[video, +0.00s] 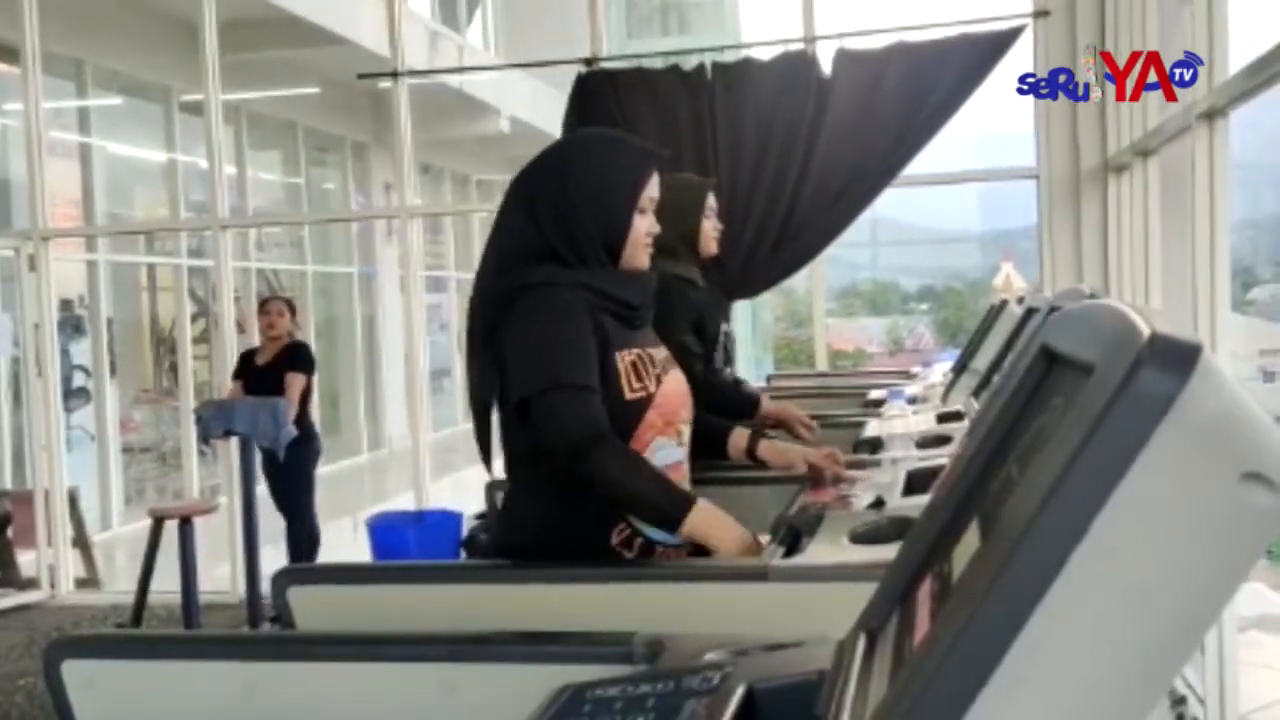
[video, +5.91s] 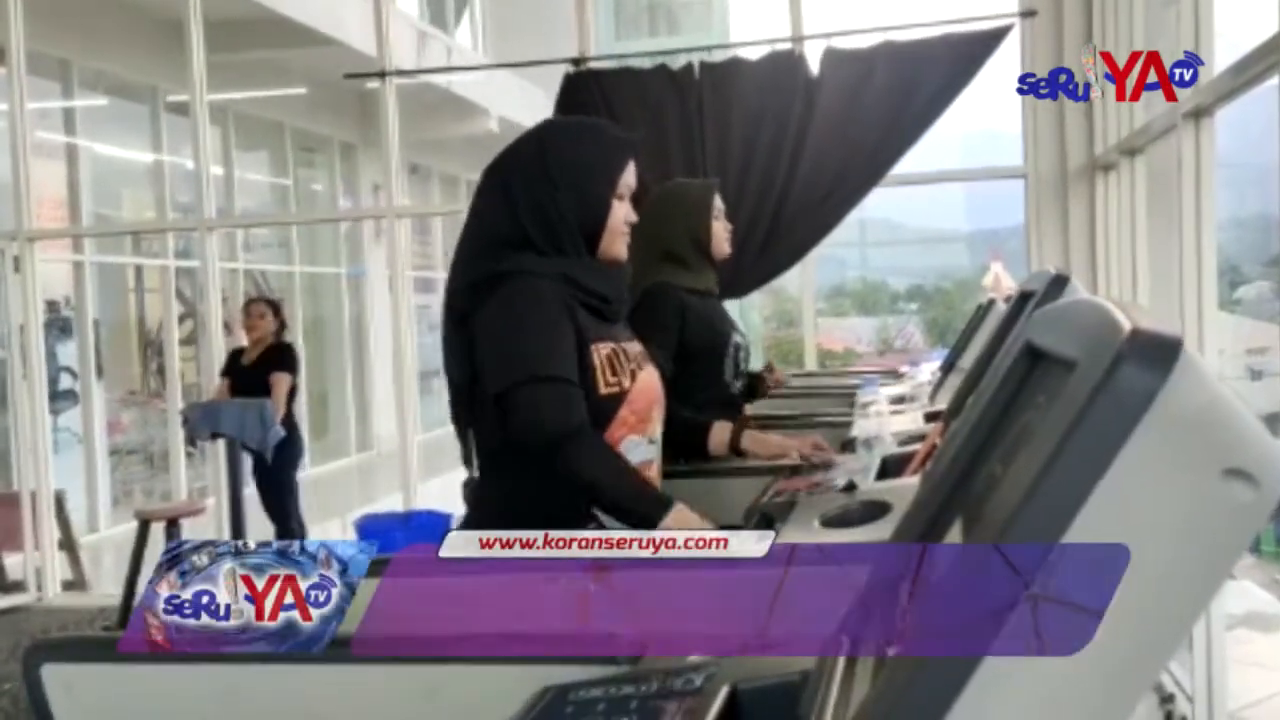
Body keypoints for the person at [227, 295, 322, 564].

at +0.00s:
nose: (272, 319)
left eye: (279, 314)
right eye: (266, 314)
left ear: (291, 321)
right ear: (259, 320)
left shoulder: (298, 351)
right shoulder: (248, 358)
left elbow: (293, 395)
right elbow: (235, 396)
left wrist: (282, 428)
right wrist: (218, 420)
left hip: (299, 436)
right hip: (267, 439)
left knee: (300, 509)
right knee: (289, 510)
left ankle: (302, 572)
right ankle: (299, 571)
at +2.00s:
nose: (264, 318)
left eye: (270, 312)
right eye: (257, 314)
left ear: (282, 317)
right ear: (248, 321)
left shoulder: (298, 350)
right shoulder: (239, 350)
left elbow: (291, 389)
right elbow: (229, 393)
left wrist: (273, 418)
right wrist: (242, 417)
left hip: (293, 431)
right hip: (254, 431)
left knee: (288, 506)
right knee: (262, 504)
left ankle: (292, 568)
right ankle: (269, 567)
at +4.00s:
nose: (245, 327)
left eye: (251, 321)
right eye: (242, 322)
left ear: (271, 324)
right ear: (238, 327)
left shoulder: (291, 361)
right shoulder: (230, 362)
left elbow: (283, 403)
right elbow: (218, 404)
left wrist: (263, 432)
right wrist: (210, 429)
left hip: (286, 444)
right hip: (247, 445)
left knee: (286, 513)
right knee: (257, 517)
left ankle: (293, 574)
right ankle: (261, 577)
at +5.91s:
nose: (253, 322)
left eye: (261, 316)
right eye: (249, 316)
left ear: (276, 322)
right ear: (243, 322)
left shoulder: (282, 352)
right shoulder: (237, 356)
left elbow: (280, 392)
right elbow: (223, 393)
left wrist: (271, 426)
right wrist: (207, 417)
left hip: (281, 429)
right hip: (253, 432)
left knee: (282, 493)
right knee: (268, 497)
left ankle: (293, 548)